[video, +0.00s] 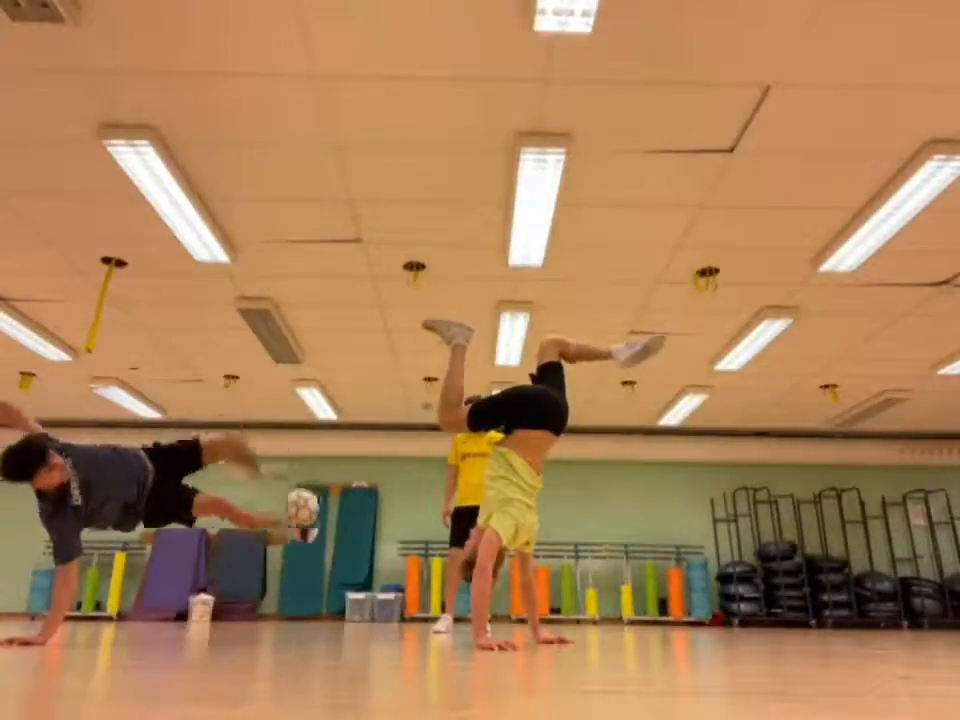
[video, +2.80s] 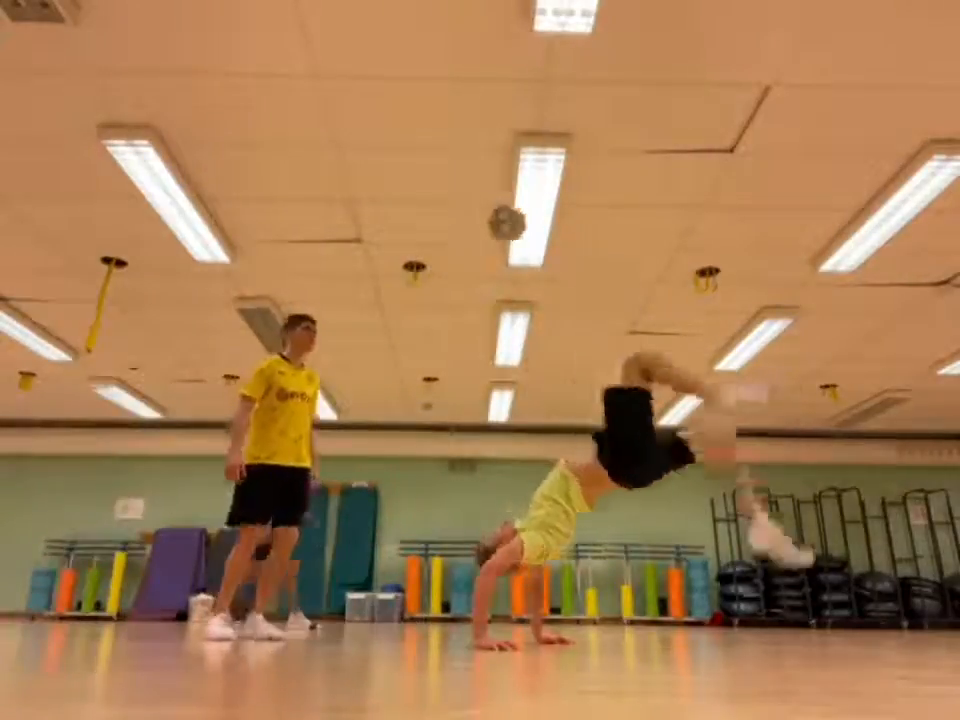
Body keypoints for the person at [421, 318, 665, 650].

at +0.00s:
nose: (485, 566)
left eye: (476, 567)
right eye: (478, 564)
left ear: (473, 550)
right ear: (475, 548)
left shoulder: (524, 536)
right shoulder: (495, 528)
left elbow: (527, 583)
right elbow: (482, 576)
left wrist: (537, 632)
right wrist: (481, 636)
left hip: (554, 414)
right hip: (530, 408)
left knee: (551, 345)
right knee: (450, 418)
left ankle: (619, 352)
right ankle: (458, 345)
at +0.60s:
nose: (476, 542)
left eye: (469, 542)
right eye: (476, 545)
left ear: (471, 542)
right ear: (477, 541)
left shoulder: (525, 536)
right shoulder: (496, 529)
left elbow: (528, 584)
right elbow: (482, 578)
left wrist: (537, 632)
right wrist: (481, 636)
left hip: (557, 413)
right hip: (534, 410)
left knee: (545, 347)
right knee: (464, 381)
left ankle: (602, 309)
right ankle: (450, 302)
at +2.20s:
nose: (476, 543)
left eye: (473, 548)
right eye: (476, 546)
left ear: (475, 547)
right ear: (481, 544)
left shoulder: (528, 540)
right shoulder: (504, 531)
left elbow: (529, 586)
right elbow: (484, 575)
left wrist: (538, 632)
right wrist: (481, 635)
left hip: (572, 416)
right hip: (554, 416)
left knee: (580, 347)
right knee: (471, 409)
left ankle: (658, 323)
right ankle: (472, 331)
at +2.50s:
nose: (482, 542)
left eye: (480, 545)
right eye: (481, 543)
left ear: (482, 550)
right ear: (484, 544)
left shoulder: (530, 541)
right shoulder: (509, 534)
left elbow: (530, 588)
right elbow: (482, 576)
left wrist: (536, 632)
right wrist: (480, 635)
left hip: (598, 436)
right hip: (582, 432)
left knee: (634, 367)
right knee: (515, 382)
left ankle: (714, 359)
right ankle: (527, 301)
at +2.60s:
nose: (488, 525)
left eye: (486, 534)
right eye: (487, 533)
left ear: (490, 546)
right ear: (490, 540)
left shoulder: (530, 538)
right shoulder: (514, 532)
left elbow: (535, 586)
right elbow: (486, 574)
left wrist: (537, 632)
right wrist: (480, 637)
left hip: (604, 438)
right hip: (596, 436)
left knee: (655, 374)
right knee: (538, 362)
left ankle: (736, 390)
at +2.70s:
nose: (495, 524)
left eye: (494, 536)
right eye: (494, 531)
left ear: (495, 550)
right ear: (497, 537)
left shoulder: (535, 539)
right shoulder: (519, 534)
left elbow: (535, 586)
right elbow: (485, 579)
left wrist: (537, 630)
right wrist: (479, 637)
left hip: (618, 452)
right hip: (609, 441)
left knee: (683, 394)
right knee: (576, 353)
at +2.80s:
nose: (501, 528)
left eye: (497, 532)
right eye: (498, 533)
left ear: (501, 550)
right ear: (501, 546)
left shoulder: (539, 544)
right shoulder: (523, 541)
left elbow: (537, 582)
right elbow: (487, 573)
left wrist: (538, 632)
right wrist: (480, 636)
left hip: (633, 472)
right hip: (624, 461)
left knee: (702, 442)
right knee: (638, 365)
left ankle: (760, 524)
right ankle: (712, 392)